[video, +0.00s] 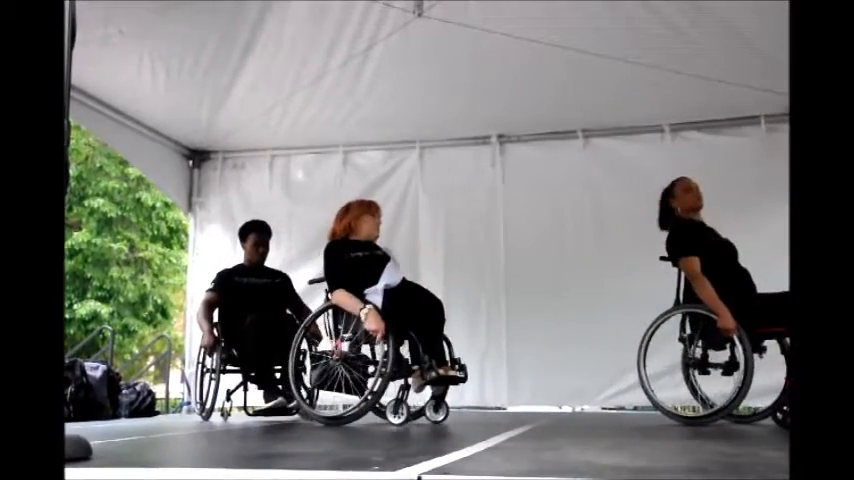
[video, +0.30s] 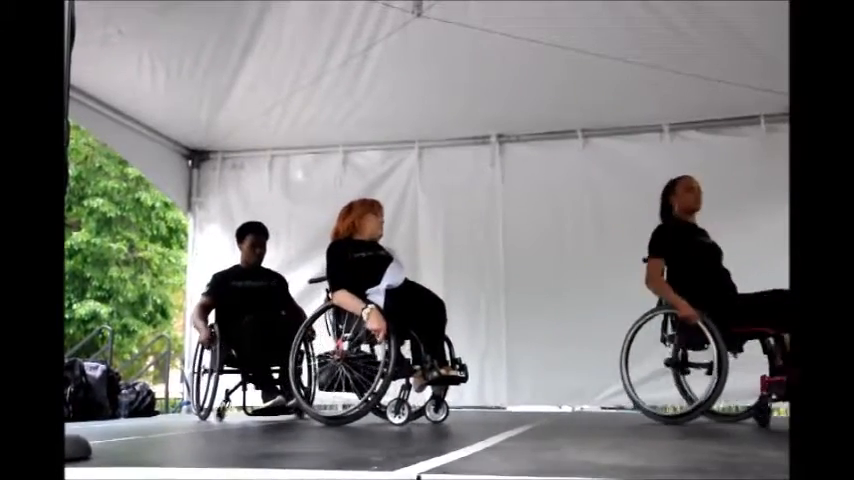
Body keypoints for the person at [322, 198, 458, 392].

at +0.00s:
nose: (379, 222)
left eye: (379, 218)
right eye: (374, 218)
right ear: (357, 221)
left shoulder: (373, 248)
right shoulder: (336, 249)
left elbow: (387, 279)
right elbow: (336, 292)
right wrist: (365, 311)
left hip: (394, 292)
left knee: (432, 306)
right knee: (417, 313)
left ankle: (437, 364)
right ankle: (422, 367)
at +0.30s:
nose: (382, 221)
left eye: (381, 217)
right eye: (377, 217)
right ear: (360, 220)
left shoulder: (376, 247)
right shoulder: (339, 248)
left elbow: (388, 278)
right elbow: (338, 293)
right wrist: (367, 311)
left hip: (396, 291)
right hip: (372, 297)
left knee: (434, 306)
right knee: (419, 313)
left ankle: (437, 364)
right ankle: (424, 367)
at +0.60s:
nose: (375, 224)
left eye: (374, 220)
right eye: (370, 219)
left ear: (359, 223)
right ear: (353, 222)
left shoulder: (369, 249)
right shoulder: (331, 250)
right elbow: (318, 296)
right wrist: (348, 303)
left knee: (425, 305)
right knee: (409, 312)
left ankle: (429, 364)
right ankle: (416, 367)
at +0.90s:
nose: (361, 227)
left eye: (362, 221)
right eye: (356, 221)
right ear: (338, 223)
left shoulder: (359, 252)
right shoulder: (318, 252)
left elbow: (378, 282)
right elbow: (292, 287)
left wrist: (413, 286)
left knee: (407, 302)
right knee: (401, 306)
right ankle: (415, 362)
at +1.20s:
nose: (350, 225)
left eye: (351, 221)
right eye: (344, 220)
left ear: (353, 224)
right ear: (327, 223)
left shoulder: (360, 253)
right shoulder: (312, 250)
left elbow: (396, 251)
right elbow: (291, 248)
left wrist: (428, 232)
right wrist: (286, 215)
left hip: (360, 304)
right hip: (327, 310)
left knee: (398, 305)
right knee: (378, 313)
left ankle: (407, 362)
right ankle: (391, 364)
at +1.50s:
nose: (338, 226)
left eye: (340, 222)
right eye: (332, 221)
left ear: (342, 225)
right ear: (316, 225)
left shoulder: (348, 256)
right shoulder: (301, 252)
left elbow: (384, 281)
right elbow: (300, 273)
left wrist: (422, 284)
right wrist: (319, 274)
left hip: (349, 307)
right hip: (318, 312)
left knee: (388, 305)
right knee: (368, 308)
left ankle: (396, 363)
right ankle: (383, 364)